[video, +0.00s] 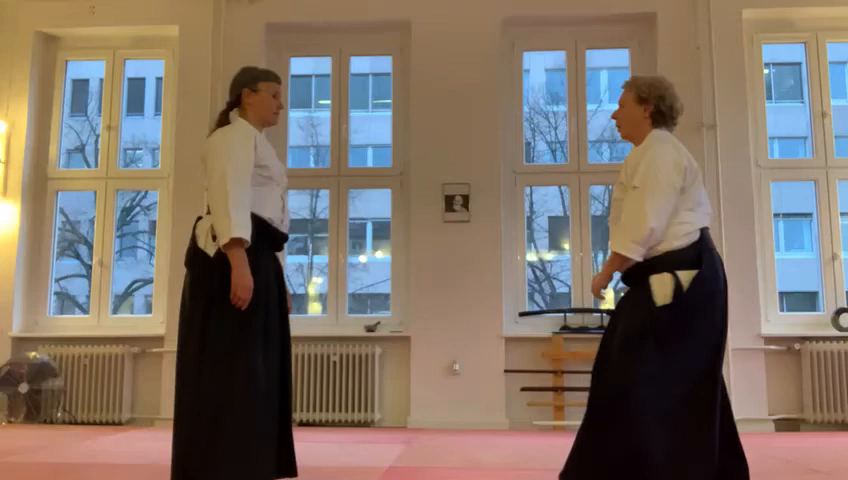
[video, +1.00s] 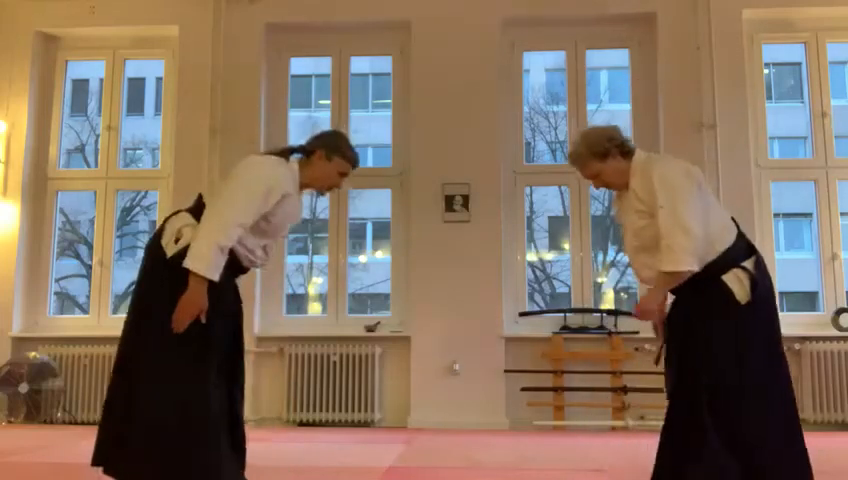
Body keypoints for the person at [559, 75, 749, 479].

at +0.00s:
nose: (614, 113)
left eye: (622, 104)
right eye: (617, 104)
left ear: (647, 110)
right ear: (647, 112)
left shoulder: (661, 151)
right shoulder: (651, 152)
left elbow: (647, 226)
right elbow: (645, 226)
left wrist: (607, 271)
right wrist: (618, 267)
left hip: (678, 277)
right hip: (667, 275)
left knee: (628, 381)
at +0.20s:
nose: (621, 114)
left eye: (628, 106)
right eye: (623, 107)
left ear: (652, 110)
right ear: (649, 111)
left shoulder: (674, 152)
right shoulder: (647, 159)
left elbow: (675, 218)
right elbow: (648, 226)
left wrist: (661, 281)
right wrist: (636, 282)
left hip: (691, 278)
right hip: (664, 281)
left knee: (684, 390)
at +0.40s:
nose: (621, 116)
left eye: (629, 108)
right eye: (623, 109)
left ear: (654, 113)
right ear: (648, 114)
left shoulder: (667, 150)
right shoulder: (645, 162)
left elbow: (695, 204)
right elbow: (658, 230)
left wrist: (717, 267)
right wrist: (643, 290)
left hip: (694, 284)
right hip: (668, 290)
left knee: (693, 394)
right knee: (666, 395)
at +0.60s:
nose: (616, 132)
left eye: (621, 123)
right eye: (614, 124)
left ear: (647, 118)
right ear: (640, 121)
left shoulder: (674, 151)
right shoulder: (644, 163)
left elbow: (694, 208)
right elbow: (653, 226)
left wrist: (703, 271)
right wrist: (648, 287)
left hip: (696, 280)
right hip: (669, 285)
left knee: (702, 389)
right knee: (669, 391)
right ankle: (675, 472)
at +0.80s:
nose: (605, 162)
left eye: (604, 151)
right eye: (600, 156)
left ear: (626, 136)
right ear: (624, 141)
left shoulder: (672, 159)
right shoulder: (639, 180)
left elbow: (684, 225)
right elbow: (661, 237)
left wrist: (654, 279)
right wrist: (652, 287)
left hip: (716, 287)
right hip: (685, 291)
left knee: (716, 397)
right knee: (678, 398)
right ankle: (680, 473)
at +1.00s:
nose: (597, 185)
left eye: (596, 176)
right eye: (591, 181)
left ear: (612, 155)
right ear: (611, 158)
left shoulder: (667, 174)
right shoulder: (628, 196)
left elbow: (686, 247)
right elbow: (651, 255)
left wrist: (656, 292)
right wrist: (657, 306)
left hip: (730, 288)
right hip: (693, 294)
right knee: (692, 399)